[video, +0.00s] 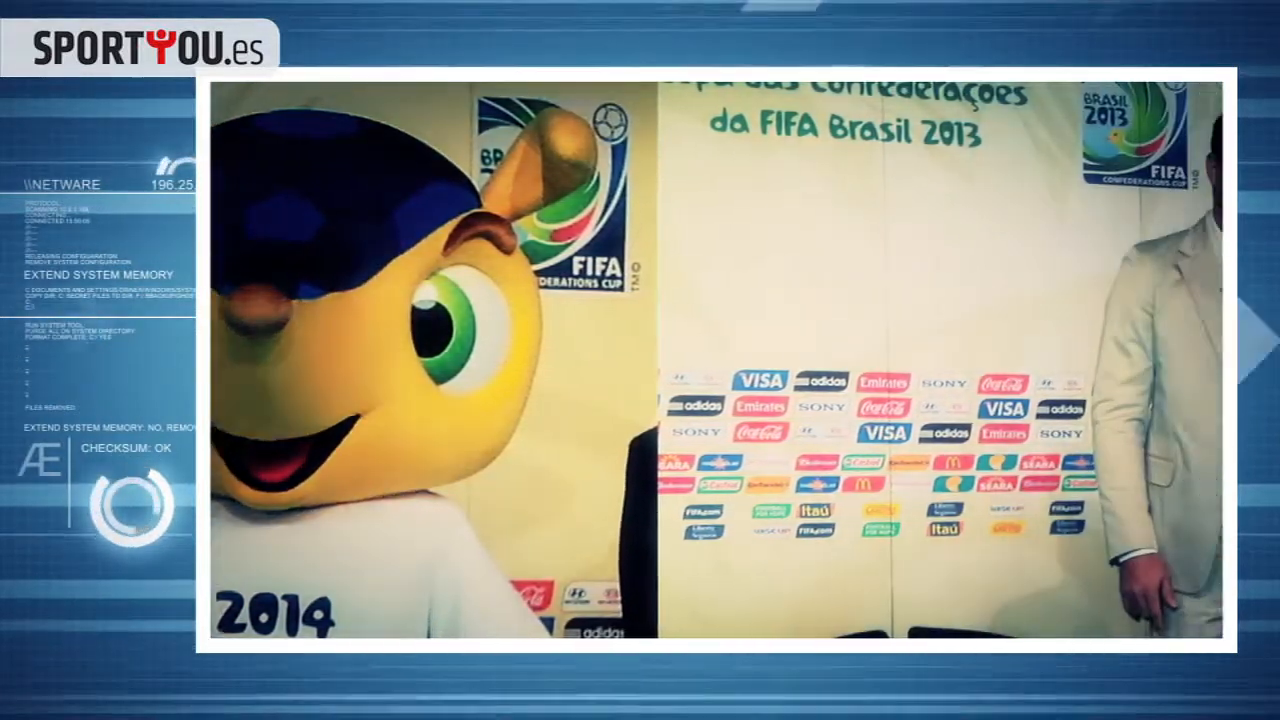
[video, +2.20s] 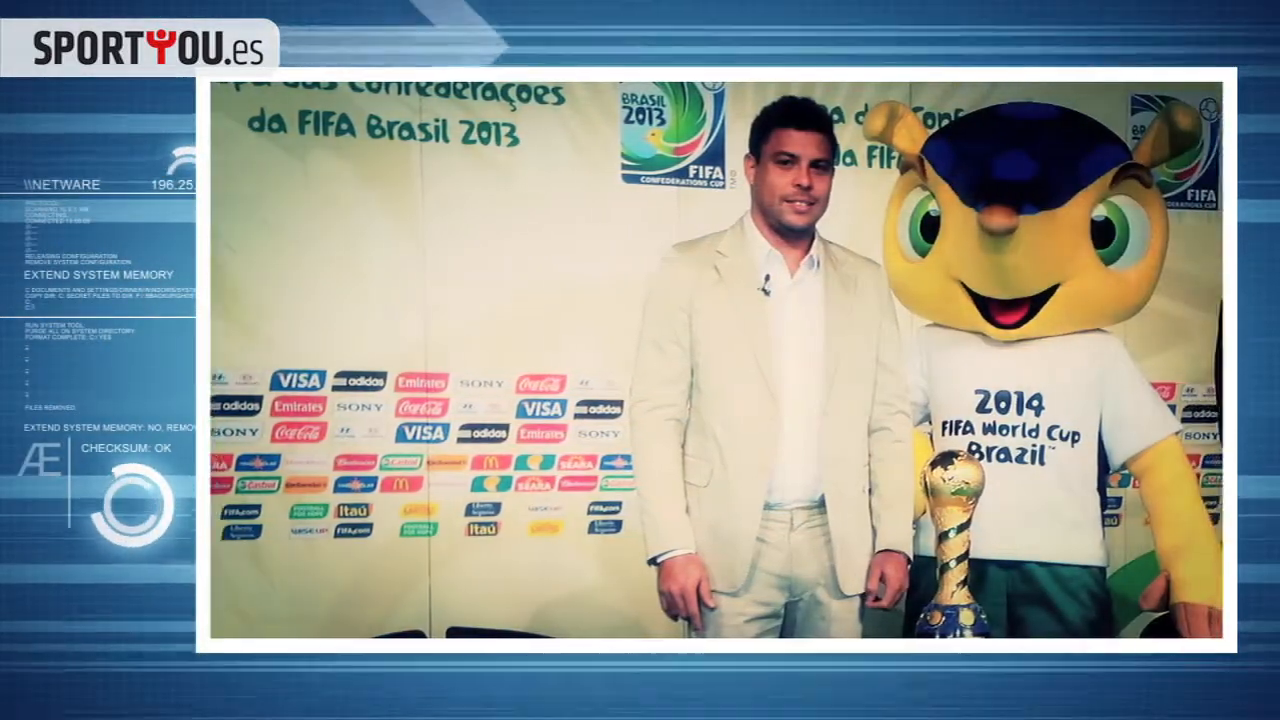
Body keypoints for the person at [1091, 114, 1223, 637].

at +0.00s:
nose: (1244, 174)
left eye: (1256, 160)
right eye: (1234, 159)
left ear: (1273, 168)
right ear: (1210, 168)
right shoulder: (1154, 270)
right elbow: (1117, 414)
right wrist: (1136, 549)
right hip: (1198, 578)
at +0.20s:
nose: (1223, 180)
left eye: (1237, 162)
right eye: (1206, 161)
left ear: (1254, 173)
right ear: (1171, 171)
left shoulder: (1264, 266)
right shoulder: (1112, 269)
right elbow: (1074, 414)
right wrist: (1092, 548)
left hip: (1260, 545)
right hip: (1159, 543)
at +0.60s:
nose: (1140, 180)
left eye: (1155, 165)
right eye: (1122, 162)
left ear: (1169, 178)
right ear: (1087, 170)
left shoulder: (1208, 283)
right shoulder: (1026, 270)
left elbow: (1221, 425)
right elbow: (991, 414)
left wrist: (1222, 542)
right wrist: (1007, 548)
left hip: (1174, 541)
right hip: (1070, 542)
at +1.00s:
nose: (1056, 180)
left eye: (1072, 166)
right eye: (1038, 162)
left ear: (1086, 178)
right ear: (1003, 169)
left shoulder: (1118, 282)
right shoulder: (941, 270)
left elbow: (1142, 422)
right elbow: (907, 414)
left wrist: (1145, 542)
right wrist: (924, 549)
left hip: (1091, 543)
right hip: (984, 546)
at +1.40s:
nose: (972, 180)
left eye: (988, 166)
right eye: (954, 162)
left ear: (1002, 178)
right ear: (919, 170)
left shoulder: (1035, 283)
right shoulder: (857, 270)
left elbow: (1058, 422)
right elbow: (823, 414)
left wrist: (1061, 543)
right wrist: (840, 549)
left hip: (1008, 544)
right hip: (900, 547)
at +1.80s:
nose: (888, 180)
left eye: (904, 166)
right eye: (870, 162)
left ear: (917, 178)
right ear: (835, 170)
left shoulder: (951, 283)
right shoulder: (773, 270)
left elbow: (974, 423)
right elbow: (739, 414)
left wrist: (977, 543)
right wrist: (756, 549)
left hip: (924, 544)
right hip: (815, 545)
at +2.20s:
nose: (804, 180)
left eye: (820, 166)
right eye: (786, 162)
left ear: (833, 178)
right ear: (751, 170)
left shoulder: (866, 282)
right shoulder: (688, 271)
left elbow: (890, 422)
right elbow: (655, 415)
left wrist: (893, 543)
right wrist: (672, 549)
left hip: (840, 543)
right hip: (731, 545)